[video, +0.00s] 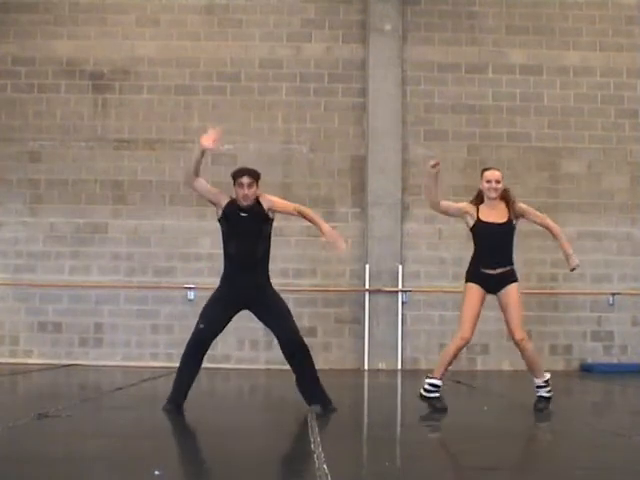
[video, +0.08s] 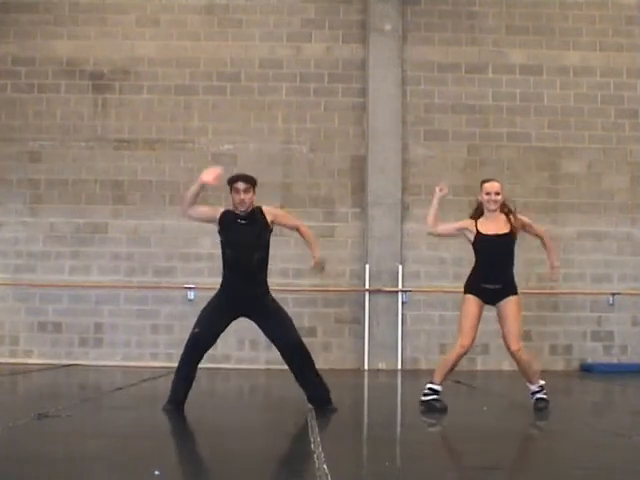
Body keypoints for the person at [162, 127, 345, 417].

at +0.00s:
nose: (246, 191)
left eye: (250, 187)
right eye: (241, 186)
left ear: (257, 188)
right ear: (234, 188)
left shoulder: (267, 204)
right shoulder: (224, 204)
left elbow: (301, 211)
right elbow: (193, 180)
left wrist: (326, 229)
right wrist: (201, 152)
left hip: (261, 292)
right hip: (229, 292)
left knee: (292, 341)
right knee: (199, 340)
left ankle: (317, 398)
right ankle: (176, 399)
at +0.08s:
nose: (243, 197)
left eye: (247, 192)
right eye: (237, 192)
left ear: (254, 194)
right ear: (231, 195)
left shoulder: (267, 215)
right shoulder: (221, 216)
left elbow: (300, 226)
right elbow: (187, 209)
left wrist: (316, 254)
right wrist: (200, 183)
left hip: (260, 300)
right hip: (227, 300)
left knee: (294, 348)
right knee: (196, 343)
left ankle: (322, 403)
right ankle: (175, 403)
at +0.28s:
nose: (231, 200)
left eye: (236, 195)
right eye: (227, 195)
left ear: (245, 198)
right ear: (221, 200)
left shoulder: (260, 223)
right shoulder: (215, 228)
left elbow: (292, 246)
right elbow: (176, 232)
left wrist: (313, 273)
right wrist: (186, 203)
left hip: (261, 302)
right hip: (229, 304)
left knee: (295, 348)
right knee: (199, 347)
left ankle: (316, 398)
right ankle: (178, 399)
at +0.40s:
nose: (239, 193)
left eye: (244, 189)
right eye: (235, 189)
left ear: (252, 192)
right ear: (229, 194)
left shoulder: (264, 214)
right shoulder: (222, 216)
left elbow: (283, 210)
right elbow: (186, 202)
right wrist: (178, 176)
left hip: (267, 296)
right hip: (235, 297)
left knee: (301, 346)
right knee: (204, 344)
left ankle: (325, 401)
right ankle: (180, 397)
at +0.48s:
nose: (252, 194)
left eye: (257, 190)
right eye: (247, 190)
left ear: (266, 193)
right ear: (241, 194)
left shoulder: (275, 214)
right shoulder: (231, 215)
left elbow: (301, 196)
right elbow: (193, 199)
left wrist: (293, 172)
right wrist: (161, 181)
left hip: (269, 298)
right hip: (237, 298)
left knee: (301, 348)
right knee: (205, 345)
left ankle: (327, 401)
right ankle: (180, 397)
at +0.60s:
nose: (262, 200)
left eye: (267, 195)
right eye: (257, 196)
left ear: (274, 199)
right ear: (251, 199)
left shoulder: (281, 223)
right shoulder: (236, 222)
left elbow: (316, 223)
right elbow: (198, 223)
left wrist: (304, 199)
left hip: (272, 302)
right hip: (239, 302)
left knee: (305, 348)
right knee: (206, 346)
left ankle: (327, 402)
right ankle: (179, 398)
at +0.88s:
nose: (280, 201)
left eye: (284, 198)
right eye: (277, 198)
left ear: (296, 201)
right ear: (274, 201)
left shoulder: (295, 230)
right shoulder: (266, 231)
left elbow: (283, 207)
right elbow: (225, 233)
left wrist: (298, 185)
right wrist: (193, 219)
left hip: (277, 303)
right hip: (251, 300)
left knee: (300, 357)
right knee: (220, 347)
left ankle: (330, 404)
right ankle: (183, 396)